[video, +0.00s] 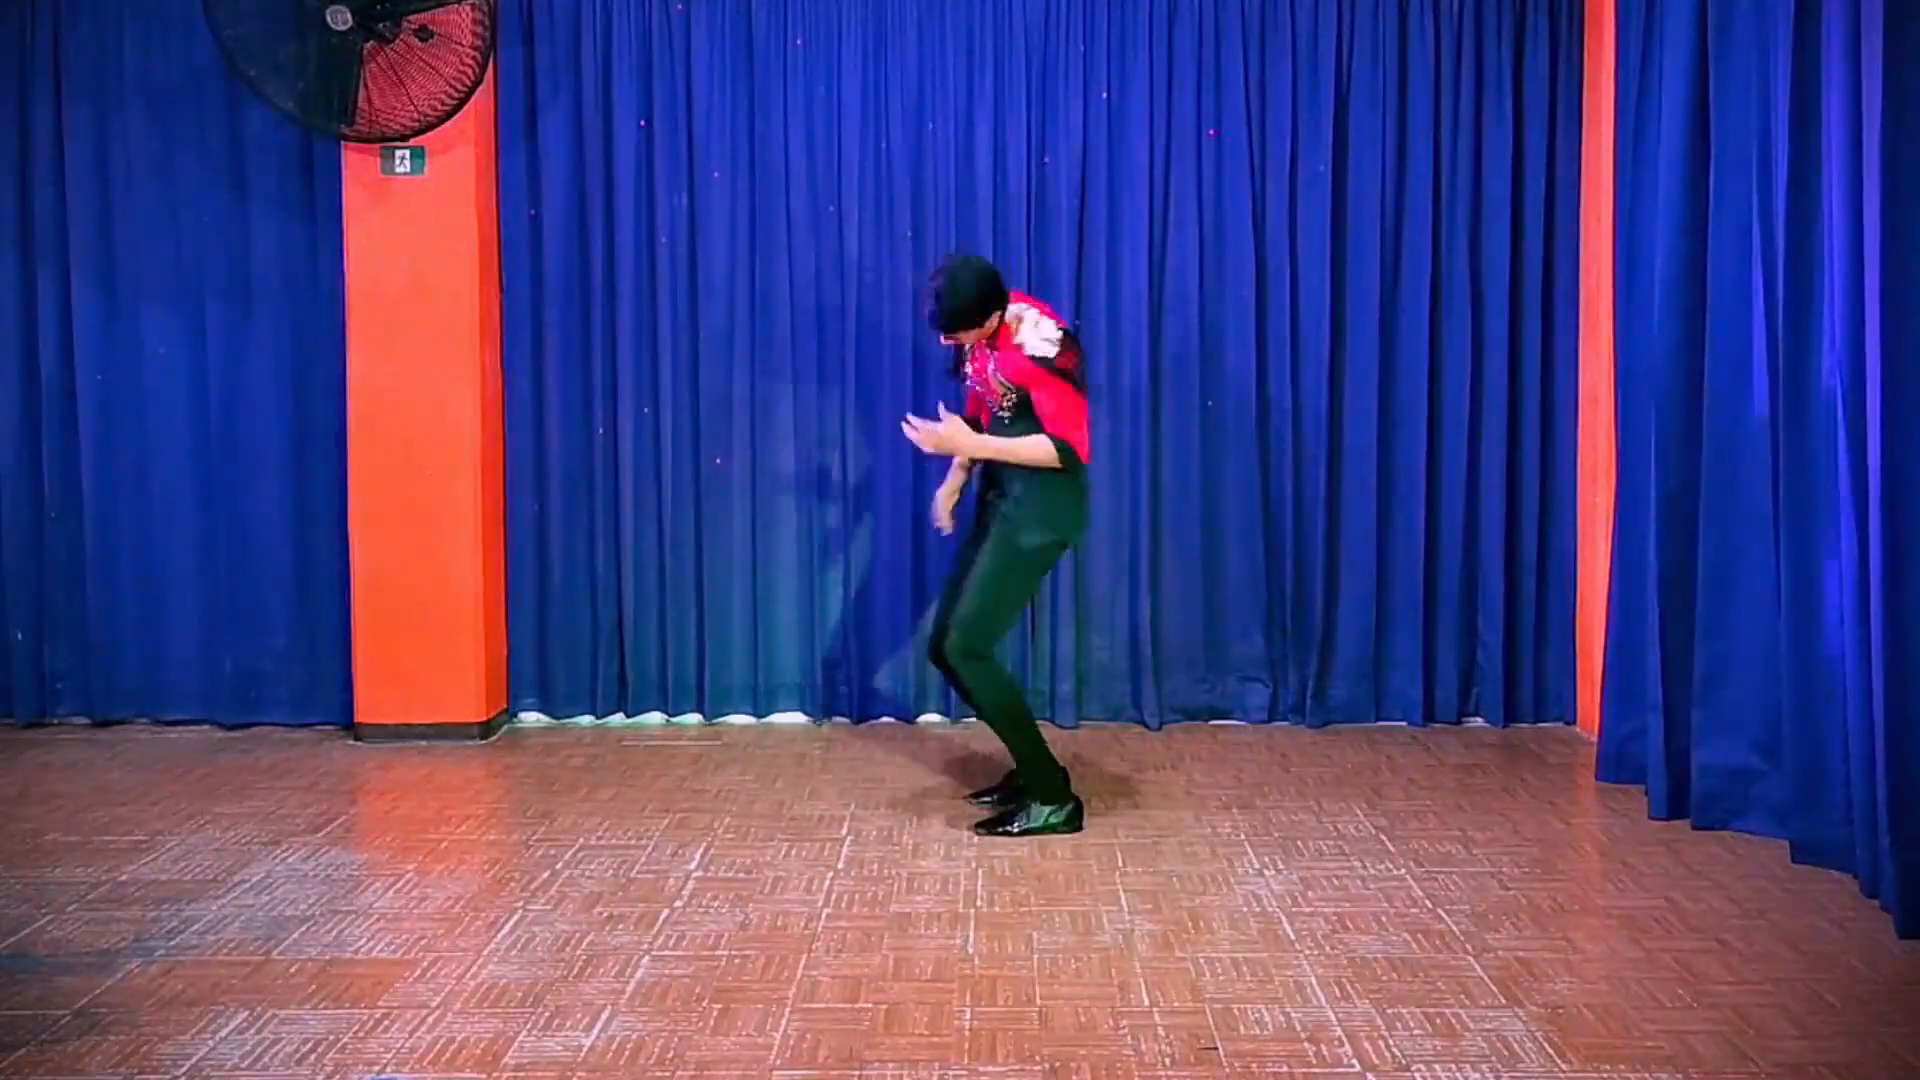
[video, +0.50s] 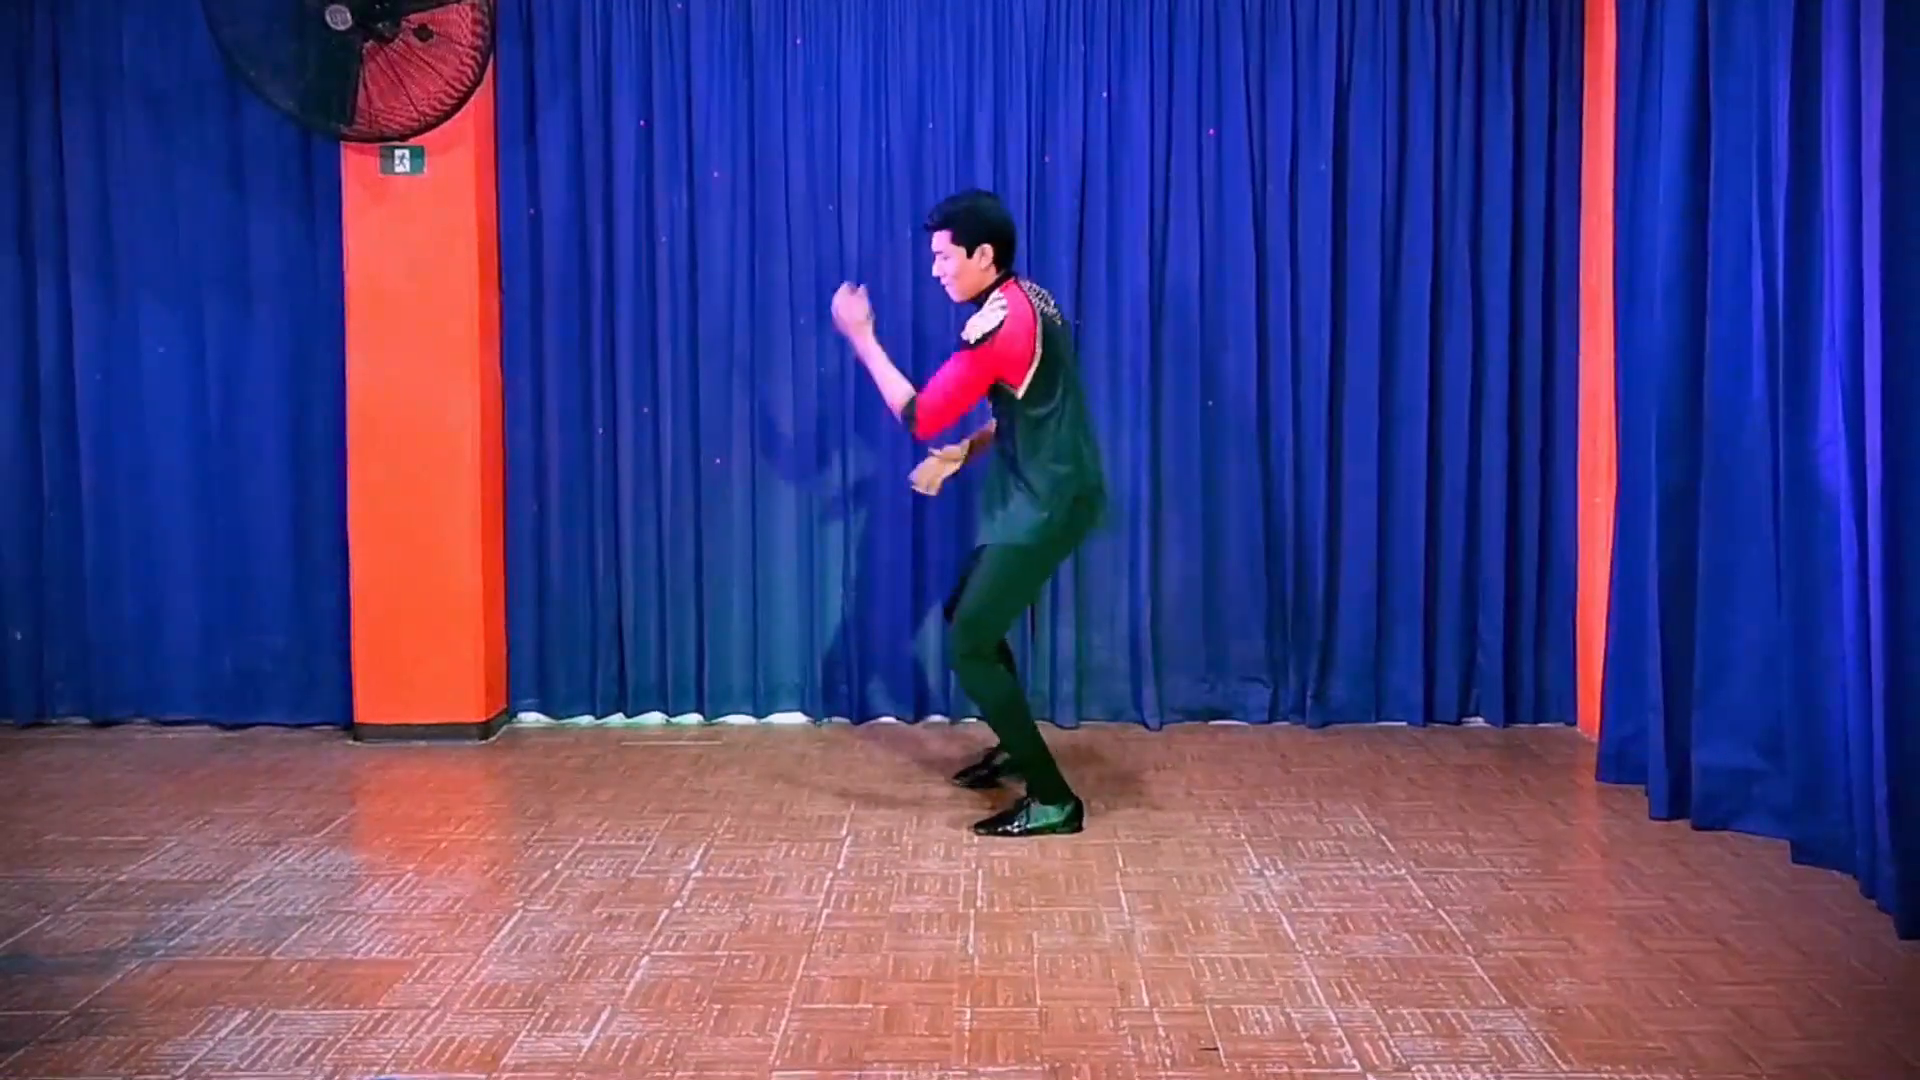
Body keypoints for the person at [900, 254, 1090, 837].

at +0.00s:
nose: (954, 342)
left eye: (962, 332)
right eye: (949, 333)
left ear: (992, 316)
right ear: (959, 315)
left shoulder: (1037, 352)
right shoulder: (985, 336)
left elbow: (1069, 448)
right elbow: (989, 420)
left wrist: (969, 443)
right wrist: (955, 480)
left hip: (1042, 511)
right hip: (1002, 505)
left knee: (965, 646)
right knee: (946, 645)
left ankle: (1053, 797)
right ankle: (1030, 773)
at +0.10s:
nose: (932, 325)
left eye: (926, 313)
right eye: (923, 317)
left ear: (944, 287)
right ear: (946, 278)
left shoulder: (1014, 329)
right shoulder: (999, 291)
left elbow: (1045, 441)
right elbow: (1015, 400)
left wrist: (973, 427)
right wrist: (978, 421)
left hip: (1046, 501)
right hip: (1015, 495)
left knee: (977, 636)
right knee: (949, 619)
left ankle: (1054, 801)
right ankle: (1020, 744)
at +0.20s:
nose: (915, 284)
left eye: (917, 268)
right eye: (912, 271)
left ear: (946, 260)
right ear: (958, 260)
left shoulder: (993, 327)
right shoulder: (1000, 301)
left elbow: (997, 453)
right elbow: (1000, 407)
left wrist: (932, 471)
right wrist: (976, 465)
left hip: (1055, 499)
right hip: (1038, 491)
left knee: (971, 640)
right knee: (980, 620)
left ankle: (1053, 802)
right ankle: (1016, 747)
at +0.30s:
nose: (919, 270)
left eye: (929, 261)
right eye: (924, 257)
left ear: (961, 280)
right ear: (970, 278)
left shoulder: (982, 353)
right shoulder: (1008, 318)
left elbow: (941, 479)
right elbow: (981, 419)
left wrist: (869, 510)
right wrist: (943, 493)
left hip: (1063, 508)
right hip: (1052, 493)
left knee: (962, 650)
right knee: (984, 619)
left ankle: (1055, 802)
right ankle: (1011, 746)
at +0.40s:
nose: (923, 280)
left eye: (934, 269)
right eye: (925, 267)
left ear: (973, 278)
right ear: (975, 277)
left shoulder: (989, 350)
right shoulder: (1019, 313)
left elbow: (945, 453)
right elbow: (1013, 430)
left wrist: (850, 431)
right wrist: (947, 463)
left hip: (1053, 511)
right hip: (1045, 496)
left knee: (958, 651)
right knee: (977, 624)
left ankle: (1053, 800)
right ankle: (1018, 746)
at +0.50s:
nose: (936, 268)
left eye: (946, 255)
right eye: (935, 255)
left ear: (987, 257)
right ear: (984, 259)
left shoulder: (1003, 325)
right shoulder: (1024, 300)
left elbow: (922, 419)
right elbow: (1026, 411)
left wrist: (861, 336)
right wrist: (962, 453)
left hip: (1053, 500)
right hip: (1041, 488)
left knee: (970, 642)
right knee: (964, 614)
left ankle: (1053, 800)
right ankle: (1020, 745)